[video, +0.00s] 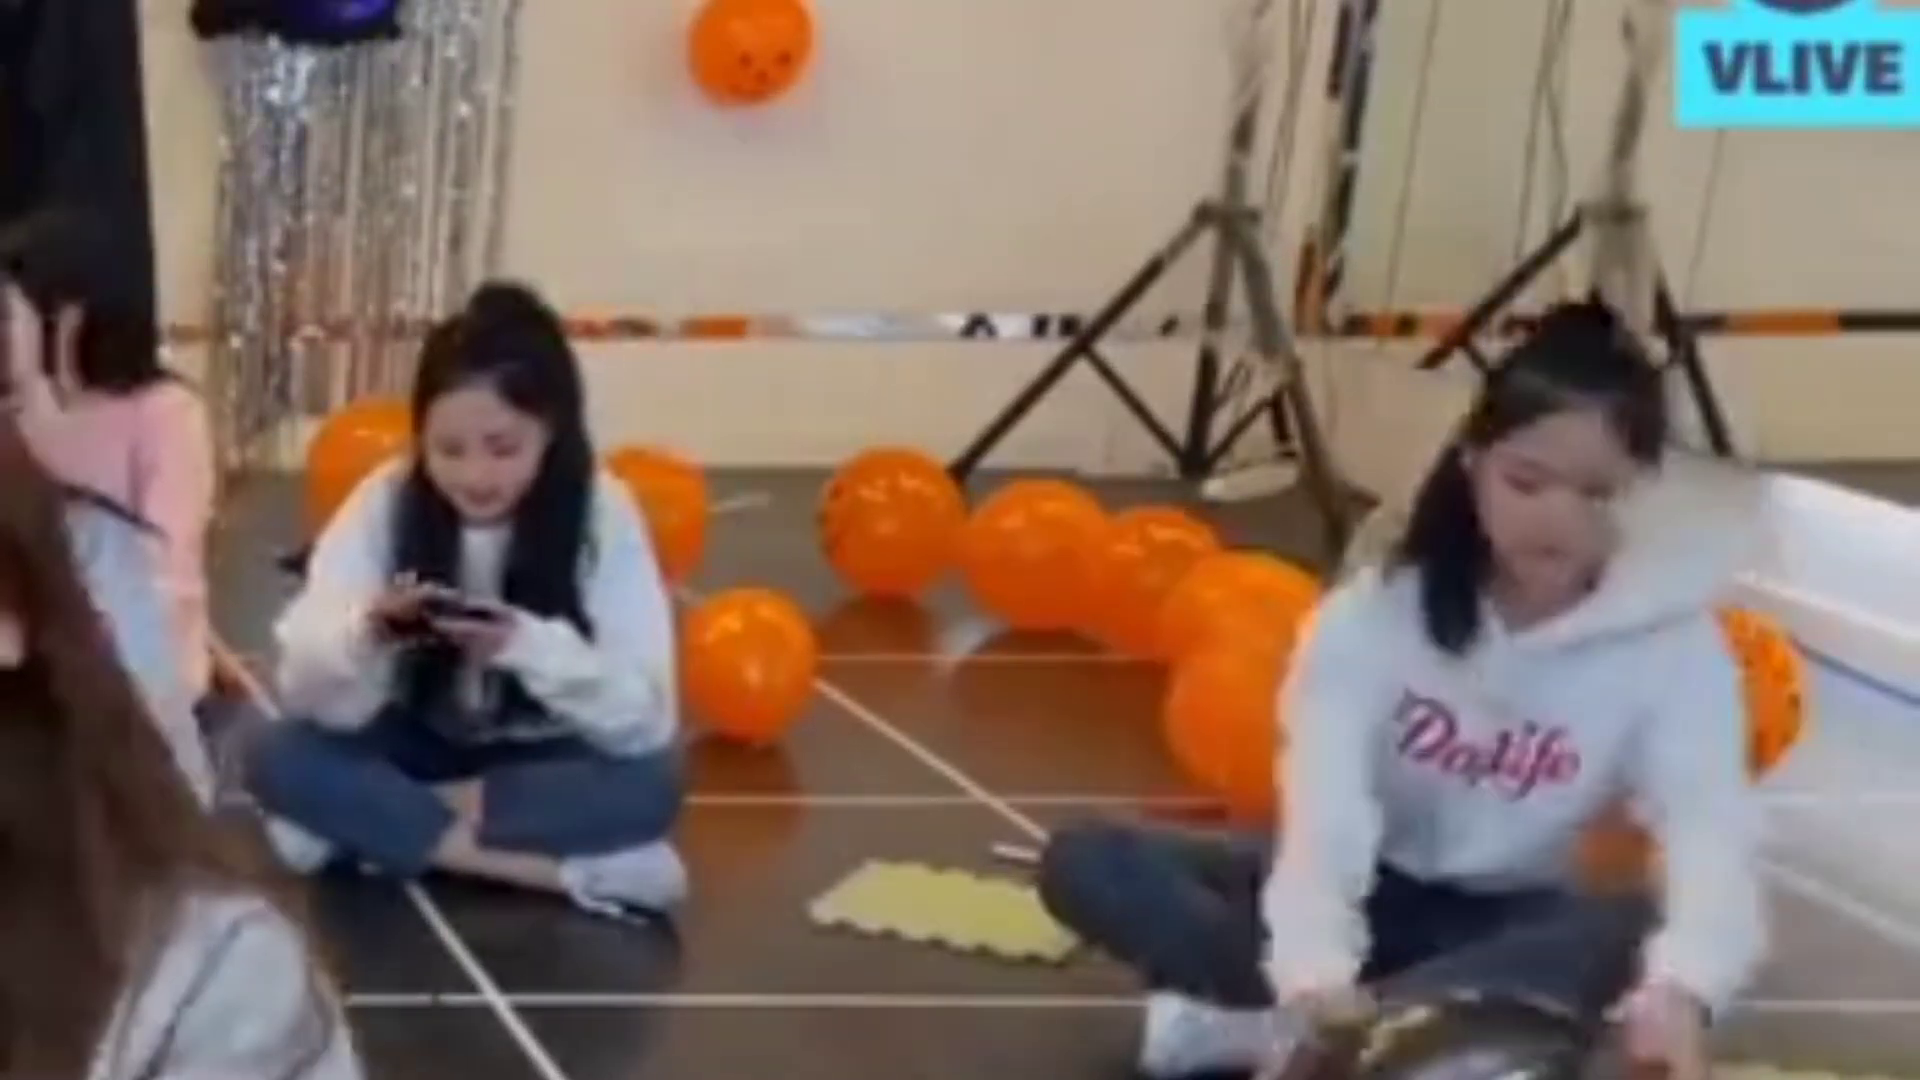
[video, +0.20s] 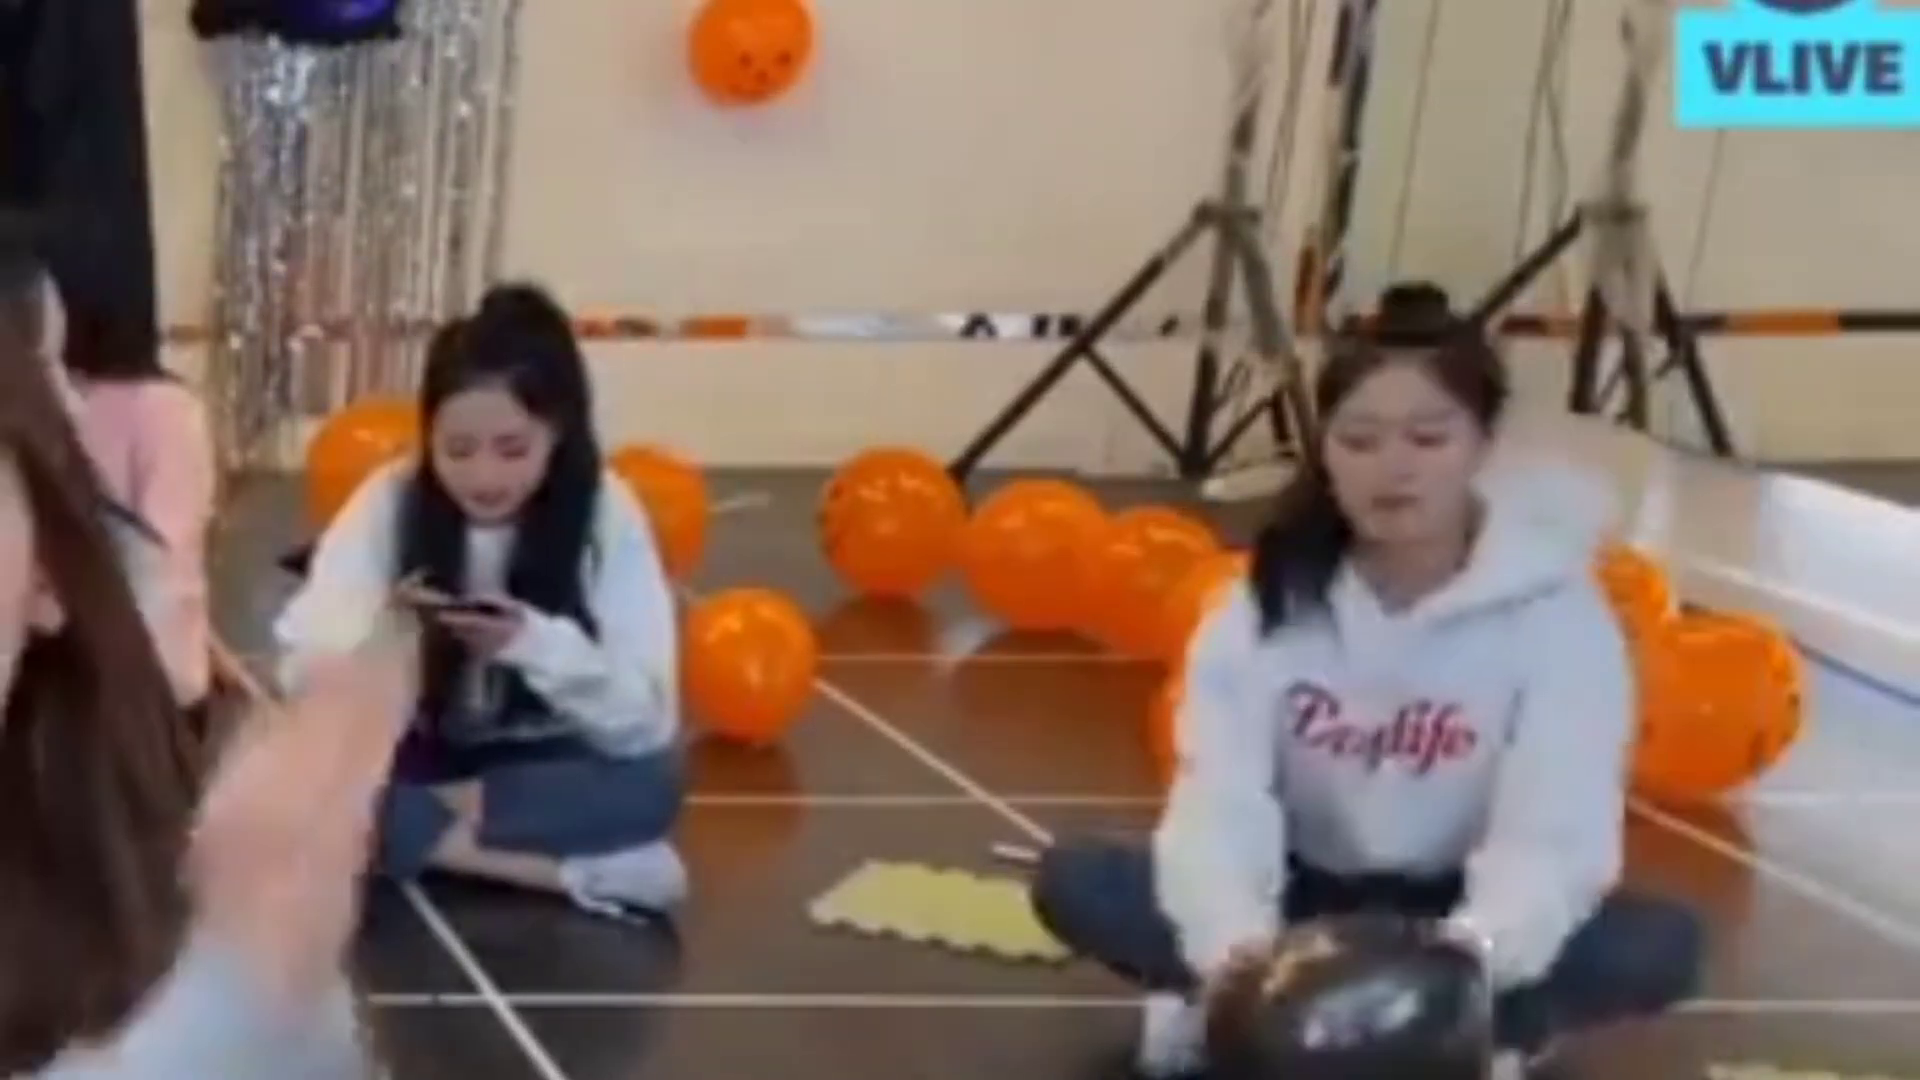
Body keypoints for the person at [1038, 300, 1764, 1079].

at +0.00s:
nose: (1557, 522)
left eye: (1594, 493)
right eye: (1525, 484)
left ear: (1636, 492)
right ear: (1472, 469)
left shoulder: (1671, 651)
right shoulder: (1363, 625)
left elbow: (1713, 851)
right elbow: (1323, 834)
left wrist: (1681, 993)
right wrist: (1319, 991)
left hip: (1506, 916)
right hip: (1346, 886)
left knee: (1614, 941)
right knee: (1084, 858)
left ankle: (1285, 1046)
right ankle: (1370, 1043)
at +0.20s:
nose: (1392, 469)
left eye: (1427, 439)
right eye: (1360, 441)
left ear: (1483, 447)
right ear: (1322, 453)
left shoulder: (1554, 613)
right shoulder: (1257, 606)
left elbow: (1562, 827)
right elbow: (1217, 794)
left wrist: (1466, 957)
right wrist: (1238, 955)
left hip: (1464, 891)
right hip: (1288, 883)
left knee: (1660, 942)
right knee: (1074, 882)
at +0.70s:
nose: (1443, 393)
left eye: (1486, 368)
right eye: (1428, 365)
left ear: (1564, 394)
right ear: (1406, 376)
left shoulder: (1609, 573)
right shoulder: (1330, 535)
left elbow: (1597, 792)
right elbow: (1236, 698)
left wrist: (1458, 878)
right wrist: (1225, 836)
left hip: (1480, 860)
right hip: (1299, 832)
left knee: (1646, 906)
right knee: (1088, 856)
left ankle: (1305, 1027)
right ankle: (1408, 1040)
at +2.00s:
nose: (1413, 414)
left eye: (1454, 386)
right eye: (1392, 379)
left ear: (1521, 396)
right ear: (1361, 382)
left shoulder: (1578, 573)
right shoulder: (1290, 534)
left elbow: (1587, 802)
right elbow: (1204, 810)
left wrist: (1499, 867)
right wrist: (1174, 788)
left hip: (1468, 890)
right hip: (1294, 873)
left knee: (1644, 934)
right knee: (1079, 865)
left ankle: (1279, 1033)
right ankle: (1402, 1047)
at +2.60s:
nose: (1393, 394)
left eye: (1423, 372)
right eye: (1374, 367)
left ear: (1489, 386)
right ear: (1334, 378)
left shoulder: (1539, 559)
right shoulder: (1267, 546)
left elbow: (1546, 791)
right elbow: (1200, 796)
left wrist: (1406, 841)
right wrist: (1163, 785)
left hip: (1460, 898)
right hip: (1289, 883)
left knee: (1643, 931)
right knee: (1082, 862)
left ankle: (1284, 1031)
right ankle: (1398, 1044)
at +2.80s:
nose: (1434, 387)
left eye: (1438, 367)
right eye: (1415, 377)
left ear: (1493, 389)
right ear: (1394, 437)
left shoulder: (1537, 548)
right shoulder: (1257, 558)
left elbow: (1468, 758)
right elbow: (1173, 732)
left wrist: (1305, 742)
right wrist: (1148, 813)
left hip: (1462, 891)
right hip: (1285, 879)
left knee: (1644, 933)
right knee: (1071, 869)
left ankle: (1281, 1031)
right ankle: (1404, 1044)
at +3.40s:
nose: (1438, 419)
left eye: (1472, 392)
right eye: (1414, 385)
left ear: (1536, 396)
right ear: (1377, 380)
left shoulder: (1574, 571)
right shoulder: (1312, 521)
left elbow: (1511, 792)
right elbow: (1207, 694)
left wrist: (1325, 779)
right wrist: (1202, 831)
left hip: (1472, 894)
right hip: (1293, 876)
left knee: (1645, 933)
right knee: (1076, 868)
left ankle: (1275, 1037)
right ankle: (1410, 1047)